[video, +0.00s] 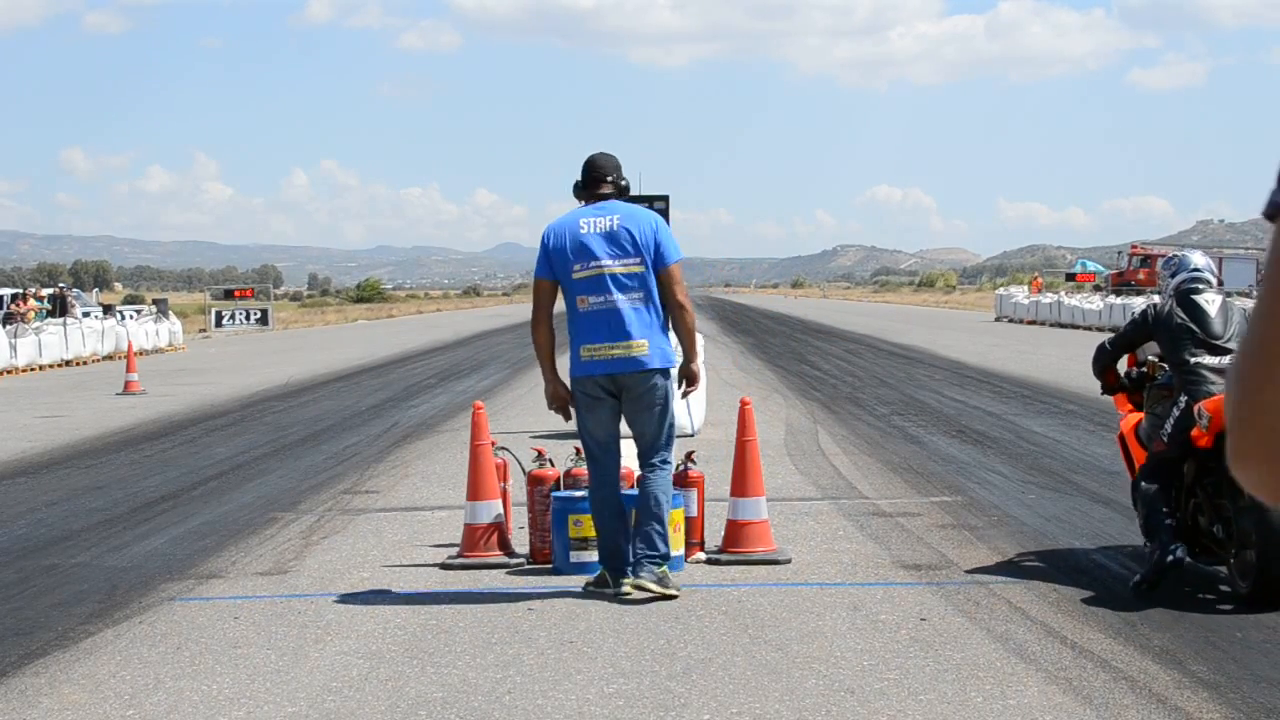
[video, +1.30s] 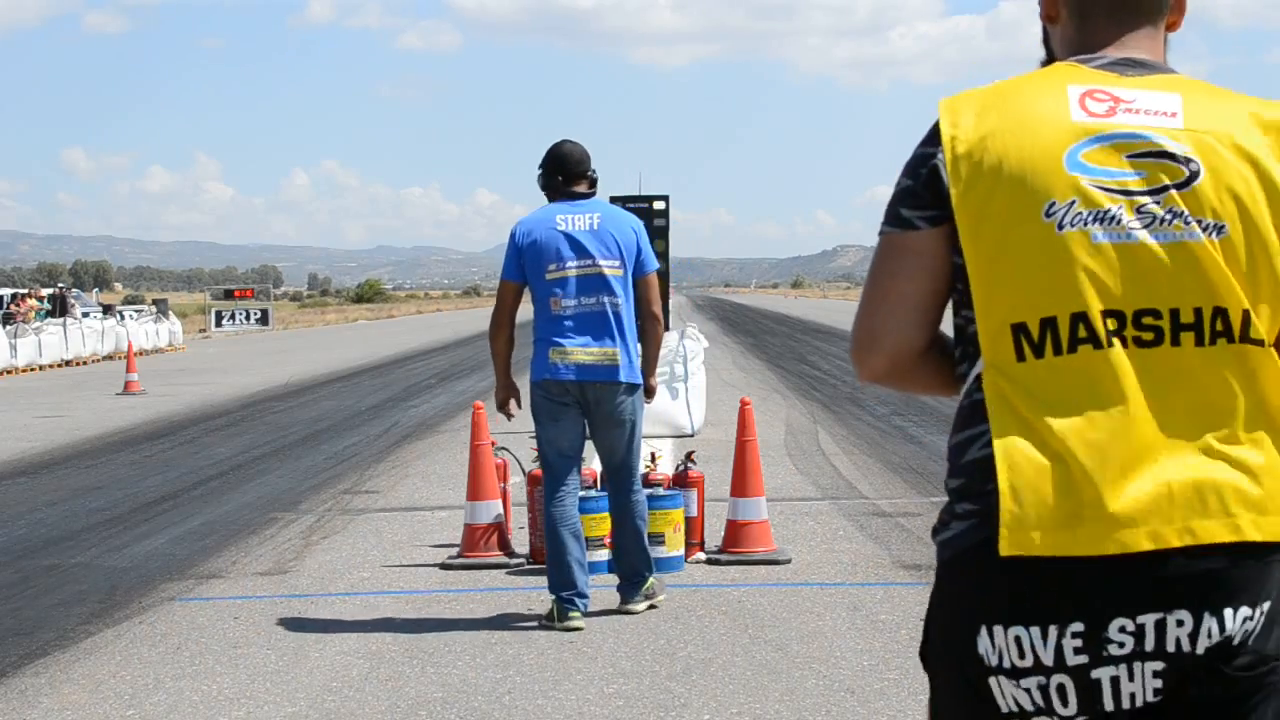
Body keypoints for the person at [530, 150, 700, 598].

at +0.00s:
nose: (613, 190)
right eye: (619, 184)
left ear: (580, 189)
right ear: (621, 185)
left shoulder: (556, 233)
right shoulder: (648, 221)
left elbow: (541, 316)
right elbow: (678, 300)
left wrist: (551, 378)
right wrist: (691, 359)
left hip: (589, 367)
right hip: (646, 362)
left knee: (602, 468)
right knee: (656, 459)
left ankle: (613, 570)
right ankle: (650, 566)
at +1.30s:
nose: (543, 186)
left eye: (543, 180)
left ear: (548, 182)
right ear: (593, 180)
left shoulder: (529, 230)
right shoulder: (628, 225)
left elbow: (503, 316)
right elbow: (652, 313)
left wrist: (502, 376)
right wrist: (649, 371)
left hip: (554, 374)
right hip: (616, 372)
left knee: (561, 484)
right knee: (625, 481)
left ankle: (569, 603)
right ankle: (637, 585)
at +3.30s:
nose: (573, 172)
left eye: (576, 163)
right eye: (573, 162)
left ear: (595, 164)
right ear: (631, 163)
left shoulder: (583, 219)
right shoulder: (683, 215)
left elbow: (565, 315)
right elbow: (701, 310)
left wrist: (549, 395)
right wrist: (692, 372)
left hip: (610, 382)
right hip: (677, 378)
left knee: (621, 502)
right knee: (676, 493)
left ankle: (638, 631)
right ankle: (685, 621)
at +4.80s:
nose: (619, 168)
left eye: (619, 162)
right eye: (625, 161)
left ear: (622, 165)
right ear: (672, 162)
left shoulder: (608, 219)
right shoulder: (712, 216)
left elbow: (584, 311)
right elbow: (734, 311)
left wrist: (569, 383)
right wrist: (726, 378)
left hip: (630, 385)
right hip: (699, 384)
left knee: (633, 504)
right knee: (699, 504)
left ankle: (639, 631)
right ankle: (705, 630)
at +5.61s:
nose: (582, 170)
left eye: (581, 164)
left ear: (583, 167)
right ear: (633, 165)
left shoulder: (568, 222)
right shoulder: (674, 222)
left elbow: (543, 317)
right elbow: (694, 317)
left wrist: (530, 393)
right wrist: (689, 387)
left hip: (594, 387)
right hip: (659, 385)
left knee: (613, 503)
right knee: (651, 495)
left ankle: (639, 632)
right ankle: (656, 614)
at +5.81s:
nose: (563, 176)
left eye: (563, 169)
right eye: (565, 169)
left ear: (571, 171)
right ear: (619, 171)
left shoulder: (558, 223)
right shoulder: (661, 225)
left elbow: (537, 321)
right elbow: (681, 319)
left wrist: (522, 398)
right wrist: (672, 389)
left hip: (584, 387)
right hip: (648, 385)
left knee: (608, 503)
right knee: (605, 498)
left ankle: (639, 630)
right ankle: (573, 610)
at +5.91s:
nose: (552, 178)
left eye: (553, 170)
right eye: (552, 170)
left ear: (564, 172)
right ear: (609, 173)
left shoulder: (552, 223)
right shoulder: (650, 224)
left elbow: (532, 321)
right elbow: (672, 319)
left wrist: (519, 398)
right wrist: (665, 390)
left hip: (578, 388)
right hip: (638, 387)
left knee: (603, 504)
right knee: (586, 496)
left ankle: (638, 629)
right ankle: (551, 615)